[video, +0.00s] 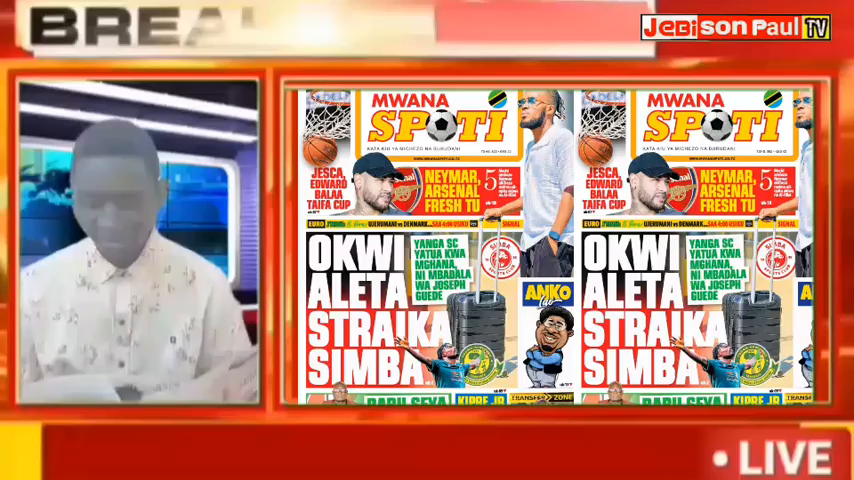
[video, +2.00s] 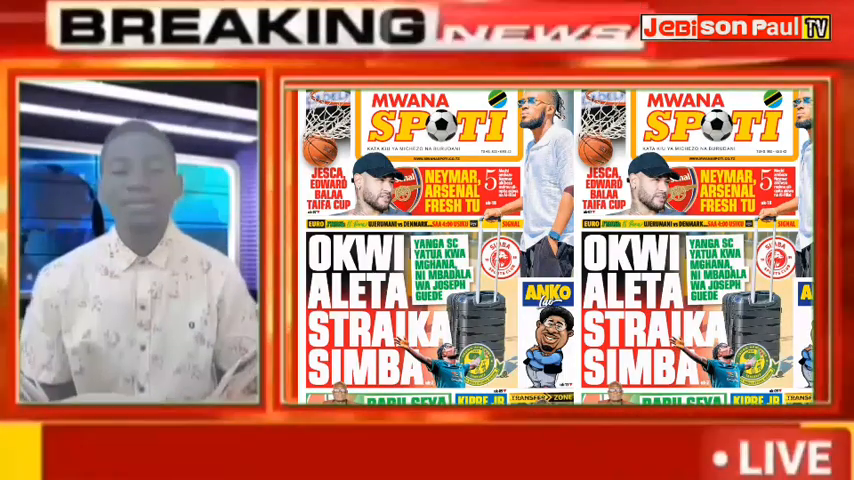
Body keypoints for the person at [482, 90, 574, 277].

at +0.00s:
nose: (523, 107)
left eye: (531, 101)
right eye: (522, 103)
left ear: (549, 110)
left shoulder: (563, 138)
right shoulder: (531, 147)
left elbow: (571, 192)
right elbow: (532, 196)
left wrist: (553, 238)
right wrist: (501, 211)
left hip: (552, 242)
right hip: (530, 243)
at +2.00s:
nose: (523, 107)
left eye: (531, 101)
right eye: (522, 103)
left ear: (549, 110)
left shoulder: (563, 138)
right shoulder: (531, 147)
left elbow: (571, 192)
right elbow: (532, 196)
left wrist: (553, 238)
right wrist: (502, 211)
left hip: (552, 242)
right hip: (530, 243)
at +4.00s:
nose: (523, 107)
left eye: (531, 101)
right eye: (522, 103)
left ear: (549, 110)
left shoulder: (563, 138)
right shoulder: (531, 147)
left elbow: (571, 192)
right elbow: (532, 196)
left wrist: (553, 238)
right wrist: (502, 211)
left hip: (552, 242)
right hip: (530, 243)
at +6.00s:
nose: (523, 107)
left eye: (531, 101)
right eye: (522, 103)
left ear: (549, 110)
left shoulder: (563, 138)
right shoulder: (531, 147)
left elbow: (571, 192)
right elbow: (532, 196)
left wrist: (554, 238)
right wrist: (502, 211)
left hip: (551, 241)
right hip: (530, 242)